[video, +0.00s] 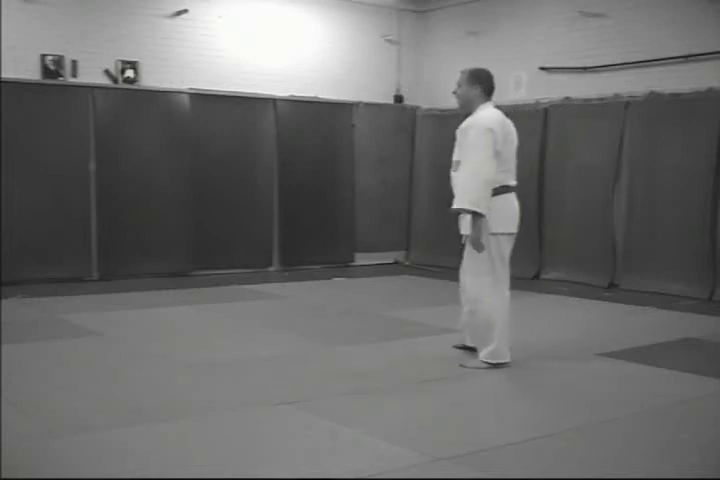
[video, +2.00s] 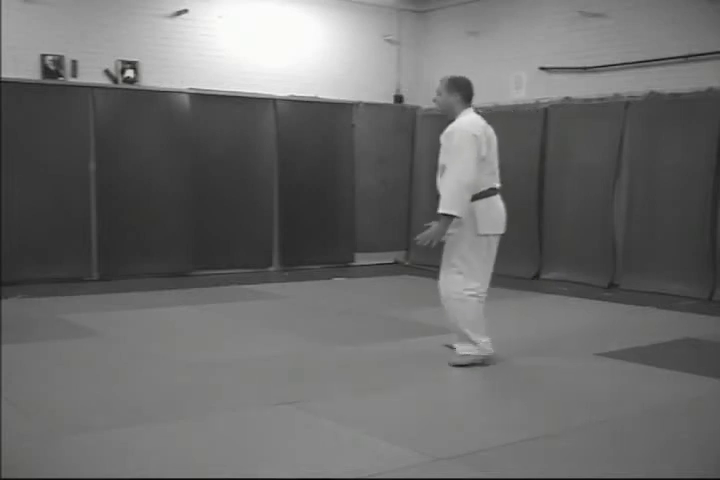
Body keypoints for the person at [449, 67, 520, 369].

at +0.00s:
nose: (454, 91)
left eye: (460, 86)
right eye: (456, 86)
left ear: (477, 90)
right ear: (481, 92)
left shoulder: (479, 124)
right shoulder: (499, 120)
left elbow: (478, 173)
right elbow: (493, 172)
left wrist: (475, 218)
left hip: (489, 210)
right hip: (502, 205)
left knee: (486, 281)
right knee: (475, 277)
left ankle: (495, 353)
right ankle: (475, 338)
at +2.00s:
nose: (435, 99)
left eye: (439, 94)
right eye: (436, 94)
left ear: (456, 97)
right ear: (464, 97)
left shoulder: (462, 130)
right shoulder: (480, 126)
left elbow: (460, 180)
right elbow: (477, 177)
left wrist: (441, 224)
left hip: (472, 213)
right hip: (487, 210)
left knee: (456, 279)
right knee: (472, 278)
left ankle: (476, 345)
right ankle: (469, 338)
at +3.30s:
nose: (411, 117)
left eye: (417, 112)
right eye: (413, 112)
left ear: (433, 116)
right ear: (434, 117)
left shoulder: (444, 149)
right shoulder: (451, 142)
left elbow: (471, 195)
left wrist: (454, 236)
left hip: (481, 226)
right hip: (467, 225)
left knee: (471, 287)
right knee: (443, 271)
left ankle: (505, 347)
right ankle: (455, 334)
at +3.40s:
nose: (398, 134)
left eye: (403, 128)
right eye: (400, 128)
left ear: (419, 132)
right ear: (421, 133)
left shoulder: (437, 161)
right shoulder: (432, 158)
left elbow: (461, 204)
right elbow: (447, 203)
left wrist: (446, 241)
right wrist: (444, 237)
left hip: (492, 223)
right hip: (480, 223)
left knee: (455, 282)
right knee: (436, 269)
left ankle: (489, 339)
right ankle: (457, 332)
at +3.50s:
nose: (387, 153)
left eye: (391, 147)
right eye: (389, 147)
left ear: (407, 147)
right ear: (415, 148)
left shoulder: (426, 173)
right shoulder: (443, 163)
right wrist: (448, 253)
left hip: (488, 230)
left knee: (443, 288)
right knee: (433, 276)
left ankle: (473, 353)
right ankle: (454, 335)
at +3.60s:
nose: (389, 160)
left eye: (383, 153)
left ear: (392, 142)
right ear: (417, 143)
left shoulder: (426, 170)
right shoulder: (448, 161)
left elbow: (436, 192)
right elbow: (482, 188)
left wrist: (397, 171)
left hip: (472, 240)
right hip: (487, 233)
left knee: (436, 301)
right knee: (433, 275)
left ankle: (473, 354)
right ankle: (449, 333)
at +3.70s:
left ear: (413, 126)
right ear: (435, 125)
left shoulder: (412, 148)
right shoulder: (449, 146)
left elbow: (375, 130)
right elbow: (433, 124)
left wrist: (367, 103)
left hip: (464, 227)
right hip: (487, 222)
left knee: (433, 295)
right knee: (446, 287)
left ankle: (472, 348)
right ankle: (457, 334)